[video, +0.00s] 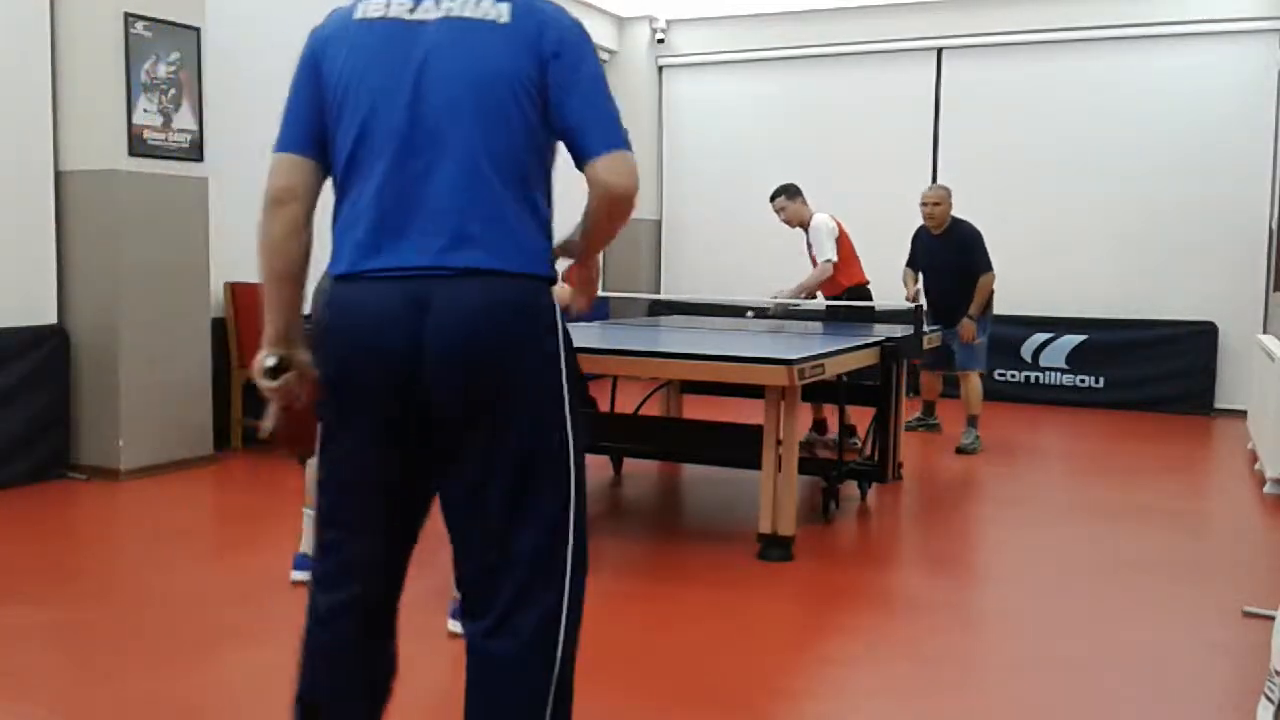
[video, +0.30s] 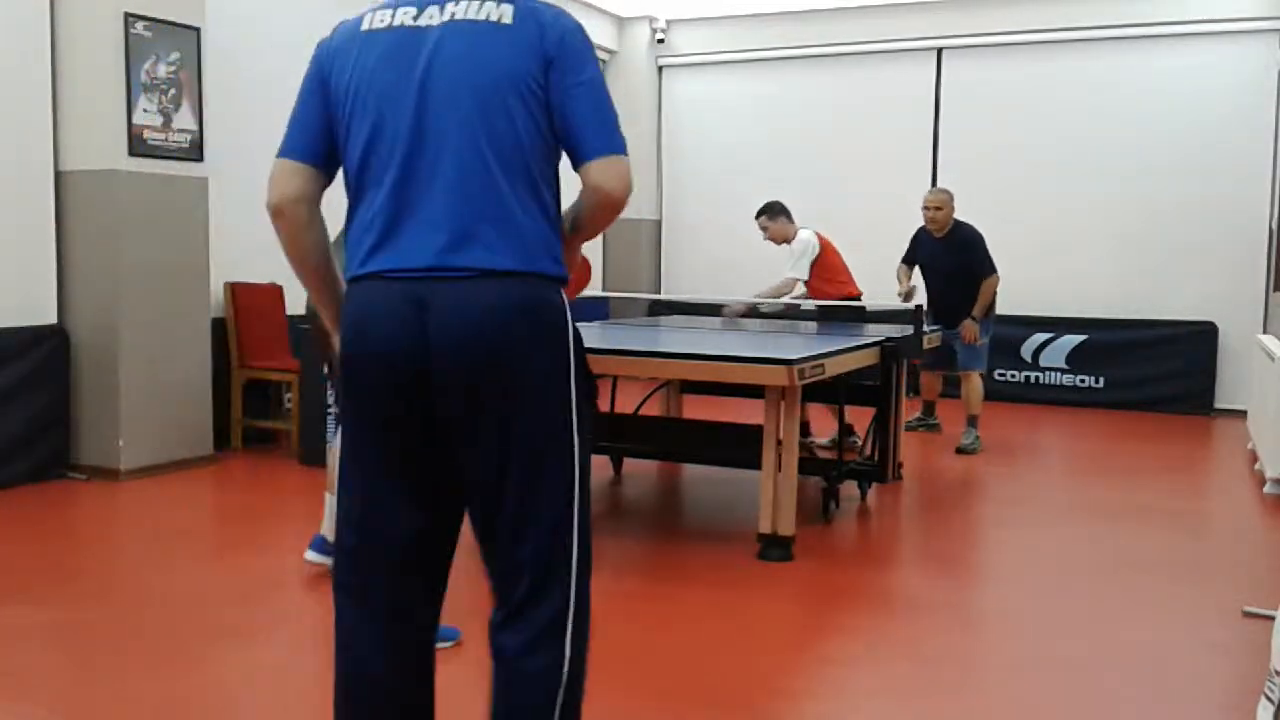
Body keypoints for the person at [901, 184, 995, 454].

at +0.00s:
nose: (929, 211)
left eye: (936, 205)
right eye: (924, 205)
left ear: (949, 206)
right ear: (920, 207)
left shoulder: (967, 234)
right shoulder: (921, 235)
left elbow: (987, 277)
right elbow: (910, 268)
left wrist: (971, 317)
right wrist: (911, 286)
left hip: (968, 315)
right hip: (936, 314)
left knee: (968, 371)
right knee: (929, 366)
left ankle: (972, 430)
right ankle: (927, 415)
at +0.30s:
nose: (931, 215)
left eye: (937, 209)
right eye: (926, 209)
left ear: (951, 211)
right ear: (921, 211)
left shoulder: (969, 237)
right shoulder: (922, 236)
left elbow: (991, 278)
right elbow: (906, 265)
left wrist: (974, 319)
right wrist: (904, 284)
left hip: (970, 319)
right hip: (937, 317)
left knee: (970, 372)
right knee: (929, 366)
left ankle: (972, 431)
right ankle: (927, 415)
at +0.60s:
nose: (929, 225)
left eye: (936, 220)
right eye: (925, 219)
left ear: (950, 220)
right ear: (920, 219)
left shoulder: (967, 243)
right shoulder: (919, 243)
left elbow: (995, 283)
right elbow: (910, 278)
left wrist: (976, 321)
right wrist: (907, 298)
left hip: (972, 319)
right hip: (938, 317)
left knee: (970, 371)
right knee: (928, 366)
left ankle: (971, 431)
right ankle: (927, 415)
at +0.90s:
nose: (927, 237)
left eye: (933, 231)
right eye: (922, 231)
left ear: (947, 231)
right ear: (917, 231)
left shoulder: (965, 251)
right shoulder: (916, 252)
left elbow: (999, 287)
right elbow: (909, 287)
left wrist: (978, 322)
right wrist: (913, 305)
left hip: (975, 320)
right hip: (940, 319)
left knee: (971, 371)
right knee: (926, 365)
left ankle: (971, 431)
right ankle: (926, 416)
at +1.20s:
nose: (924, 241)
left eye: (931, 235)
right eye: (920, 234)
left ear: (945, 235)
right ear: (916, 234)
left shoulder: (963, 254)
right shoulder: (915, 255)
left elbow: (999, 289)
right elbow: (909, 289)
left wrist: (977, 322)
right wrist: (909, 310)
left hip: (975, 320)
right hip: (940, 320)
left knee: (970, 371)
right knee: (924, 364)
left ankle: (971, 431)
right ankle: (927, 416)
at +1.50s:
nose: (924, 237)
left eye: (930, 231)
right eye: (919, 231)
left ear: (944, 232)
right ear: (915, 231)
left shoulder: (961, 253)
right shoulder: (914, 254)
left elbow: (996, 289)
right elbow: (907, 288)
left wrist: (975, 322)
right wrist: (907, 308)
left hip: (974, 320)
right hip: (939, 320)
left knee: (969, 371)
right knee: (922, 365)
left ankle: (971, 431)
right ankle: (926, 416)